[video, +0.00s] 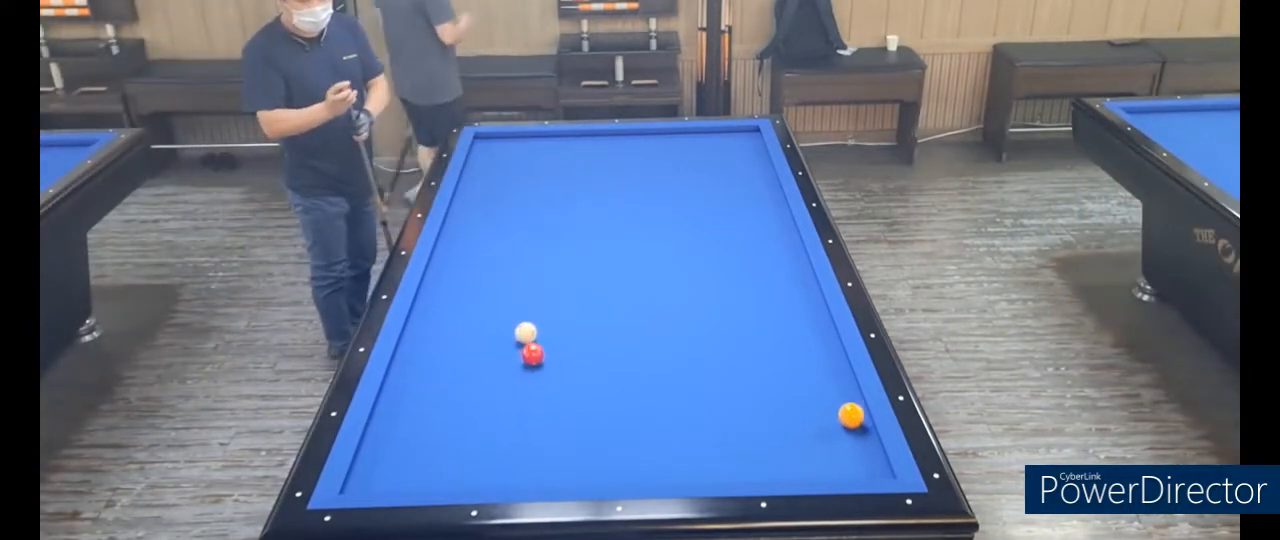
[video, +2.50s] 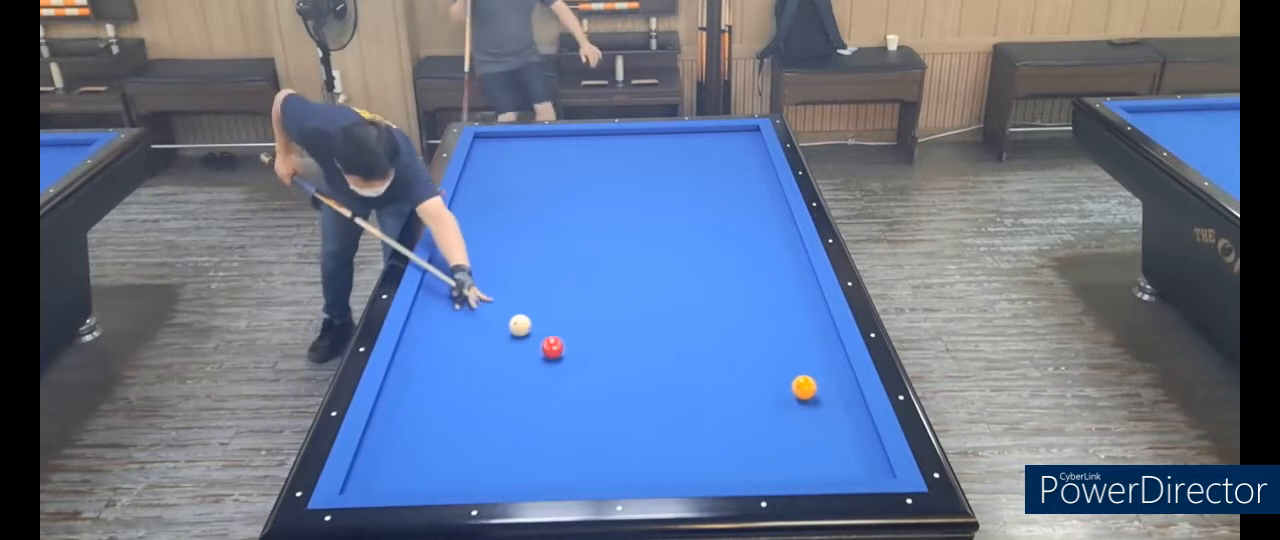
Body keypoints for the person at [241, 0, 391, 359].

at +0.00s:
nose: (319, 8)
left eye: (324, 1)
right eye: (307, 3)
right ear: (284, 5)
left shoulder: (347, 28)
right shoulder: (263, 49)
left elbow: (379, 85)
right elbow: (271, 125)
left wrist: (368, 112)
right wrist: (326, 109)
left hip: (358, 173)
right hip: (313, 182)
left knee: (361, 261)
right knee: (331, 270)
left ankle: (358, 329)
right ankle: (342, 346)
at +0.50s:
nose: (325, 5)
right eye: (314, 1)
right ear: (290, 4)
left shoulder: (350, 24)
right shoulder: (271, 47)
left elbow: (382, 78)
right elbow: (286, 118)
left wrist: (382, 101)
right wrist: (342, 92)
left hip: (361, 168)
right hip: (319, 176)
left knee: (362, 257)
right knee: (353, 262)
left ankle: (351, 334)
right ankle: (343, 343)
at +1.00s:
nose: (344, 37)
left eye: (349, 26)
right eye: (332, 31)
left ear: (355, 14)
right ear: (307, 26)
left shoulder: (342, 37)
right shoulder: (297, 74)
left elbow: (356, 74)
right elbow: (347, 146)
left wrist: (383, 113)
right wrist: (408, 177)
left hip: (346, 177)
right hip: (316, 187)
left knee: (351, 257)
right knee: (332, 268)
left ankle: (354, 328)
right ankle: (338, 353)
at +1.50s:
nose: (318, 41)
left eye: (322, 31)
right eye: (305, 37)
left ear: (329, 15)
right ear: (280, 31)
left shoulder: (349, 33)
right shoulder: (262, 63)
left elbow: (399, 76)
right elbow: (244, 142)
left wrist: (394, 69)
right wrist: (299, 192)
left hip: (351, 176)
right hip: (300, 187)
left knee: (355, 263)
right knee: (314, 272)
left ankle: (354, 337)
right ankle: (333, 350)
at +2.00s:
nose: (324, 112)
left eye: (330, 104)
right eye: (313, 108)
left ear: (338, 85)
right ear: (287, 96)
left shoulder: (358, 97)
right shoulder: (260, 89)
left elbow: (404, 157)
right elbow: (237, 116)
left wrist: (411, 213)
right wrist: (256, 166)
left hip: (367, 186)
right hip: (309, 188)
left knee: (387, 267)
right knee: (313, 275)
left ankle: (416, 343)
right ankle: (331, 351)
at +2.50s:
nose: (372, 194)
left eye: (380, 186)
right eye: (363, 188)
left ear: (393, 165)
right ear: (343, 170)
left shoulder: (405, 161)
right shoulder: (322, 128)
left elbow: (438, 216)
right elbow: (282, 100)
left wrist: (461, 271)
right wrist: (283, 153)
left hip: (395, 192)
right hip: (339, 186)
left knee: (396, 258)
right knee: (334, 255)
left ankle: (399, 327)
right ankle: (337, 323)